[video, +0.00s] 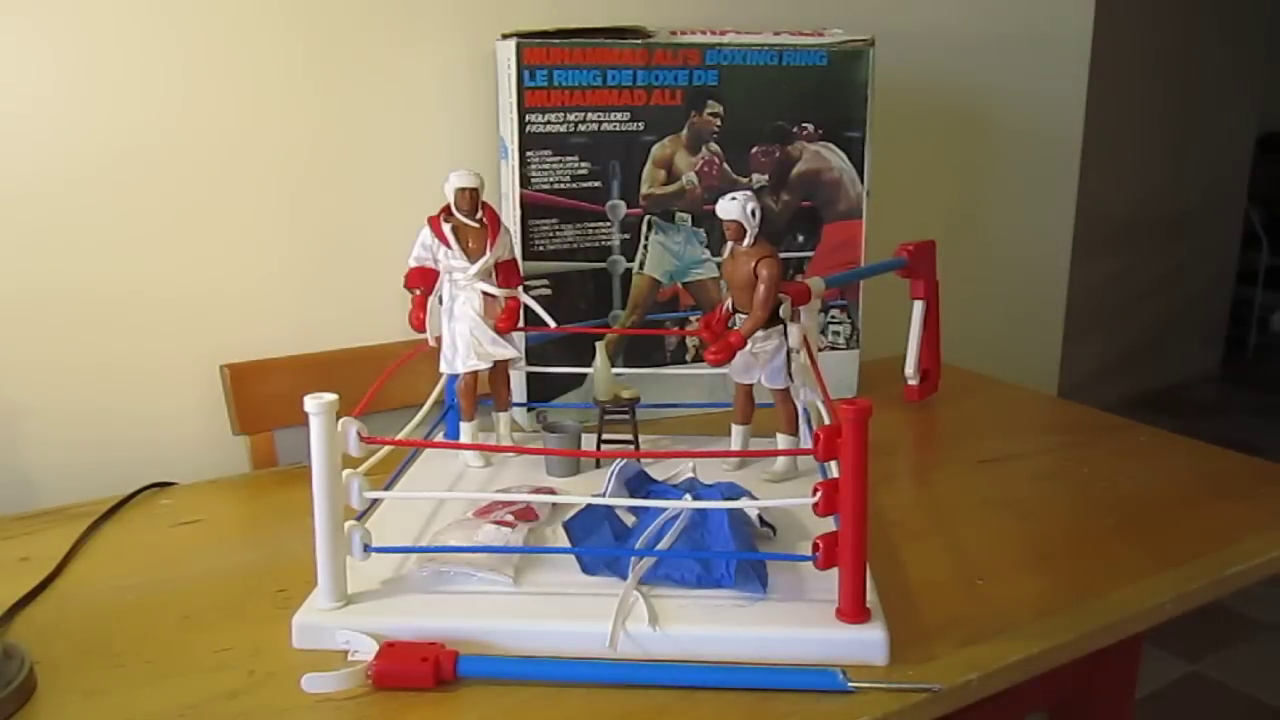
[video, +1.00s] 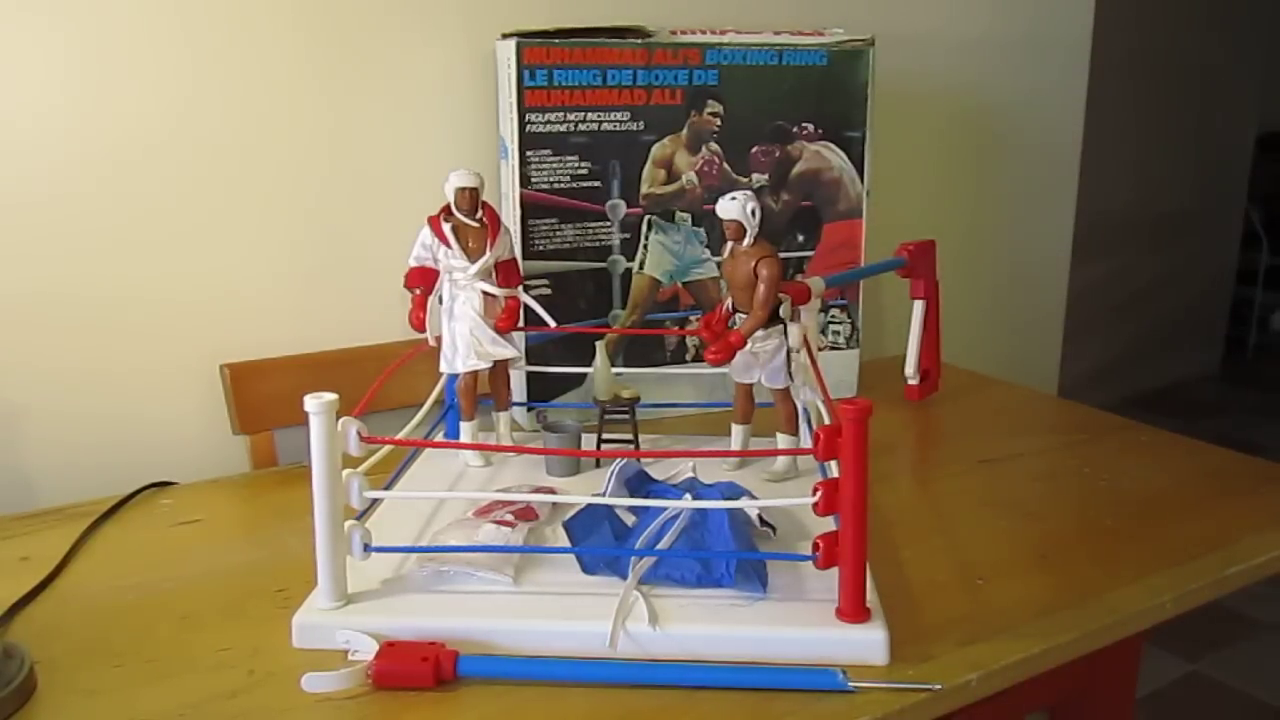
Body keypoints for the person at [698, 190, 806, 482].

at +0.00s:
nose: (725, 228)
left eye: (730, 223)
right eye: (723, 223)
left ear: (748, 223)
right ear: (724, 223)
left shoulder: (767, 263)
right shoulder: (731, 250)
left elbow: (761, 314)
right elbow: (735, 292)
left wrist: (736, 340)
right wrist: (719, 318)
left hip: (768, 333)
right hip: (742, 329)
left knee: (780, 392)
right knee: (742, 387)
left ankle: (787, 457)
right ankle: (737, 450)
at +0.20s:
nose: (726, 228)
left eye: (731, 222)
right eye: (723, 222)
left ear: (748, 223)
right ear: (723, 223)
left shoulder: (766, 262)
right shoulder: (731, 250)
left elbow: (761, 314)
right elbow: (735, 293)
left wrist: (736, 340)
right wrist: (720, 318)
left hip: (768, 334)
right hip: (743, 331)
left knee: (780, 392)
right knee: (742, 388)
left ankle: (787, 457)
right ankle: (737, 450)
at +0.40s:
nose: (726, 228)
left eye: (731, 222)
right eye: (724, 222)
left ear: (748, 223)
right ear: (723, 223)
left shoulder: (767, 263)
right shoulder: (731, 250)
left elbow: (761, 314)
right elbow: (734, 293)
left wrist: (736, 340)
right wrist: (720, 318)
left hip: (768, 333)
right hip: (742, 329)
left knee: (780, 391)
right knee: (742, 387)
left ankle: (787, 457)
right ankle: (737, 450)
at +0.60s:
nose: (725, 227)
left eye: (730, 222)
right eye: (723, 221)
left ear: (748, 223)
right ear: (723, 222)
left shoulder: (767, 263)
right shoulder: (730, 249)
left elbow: (761, 313)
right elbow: (735, 292)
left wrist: (735, 340)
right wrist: (720, 317)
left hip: (768, 333)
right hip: (743, 330)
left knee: (780, 392)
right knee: (742, 387)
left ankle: (786, 457)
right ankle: (737, 450)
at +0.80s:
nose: (725, 228)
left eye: (730, 222)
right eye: (723, 222)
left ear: (747, 223)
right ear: (724, 223)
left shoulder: (767, 262)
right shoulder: (731, 250)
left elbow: (761, 314)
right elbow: (735, 293)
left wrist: (735, 340)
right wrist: (719, 318)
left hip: (769, 332)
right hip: (742, 328)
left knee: (780, 391)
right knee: (742, 386)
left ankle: (787, 457)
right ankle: (737, 450)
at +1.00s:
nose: (726, 227)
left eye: (731, 222)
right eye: (724, 222)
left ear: (748, 222)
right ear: (723, 222)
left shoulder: (767, 262)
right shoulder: (730, 249)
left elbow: (761, 314)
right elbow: (734, 293)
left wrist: (735, 340)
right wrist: (720, 319)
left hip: (768, 333)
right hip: (743, 329)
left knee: (780, 391)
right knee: (742, 387)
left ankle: (787, 457)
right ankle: (737, 450)